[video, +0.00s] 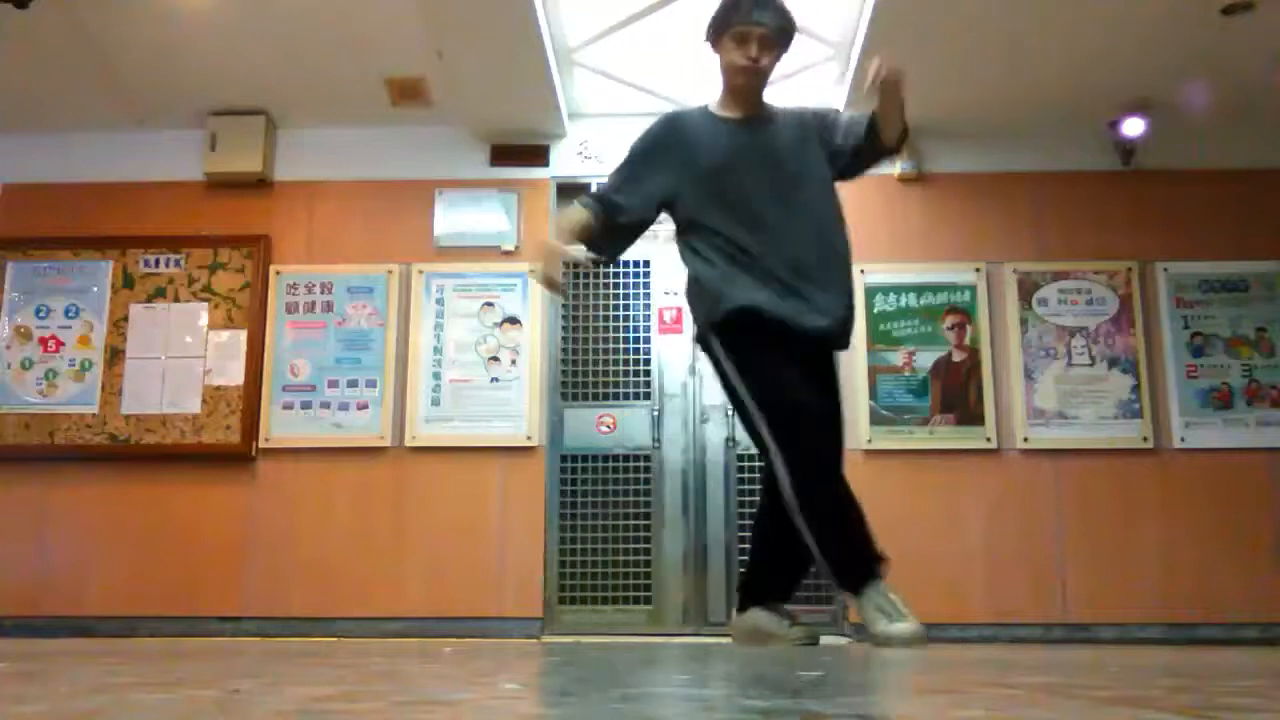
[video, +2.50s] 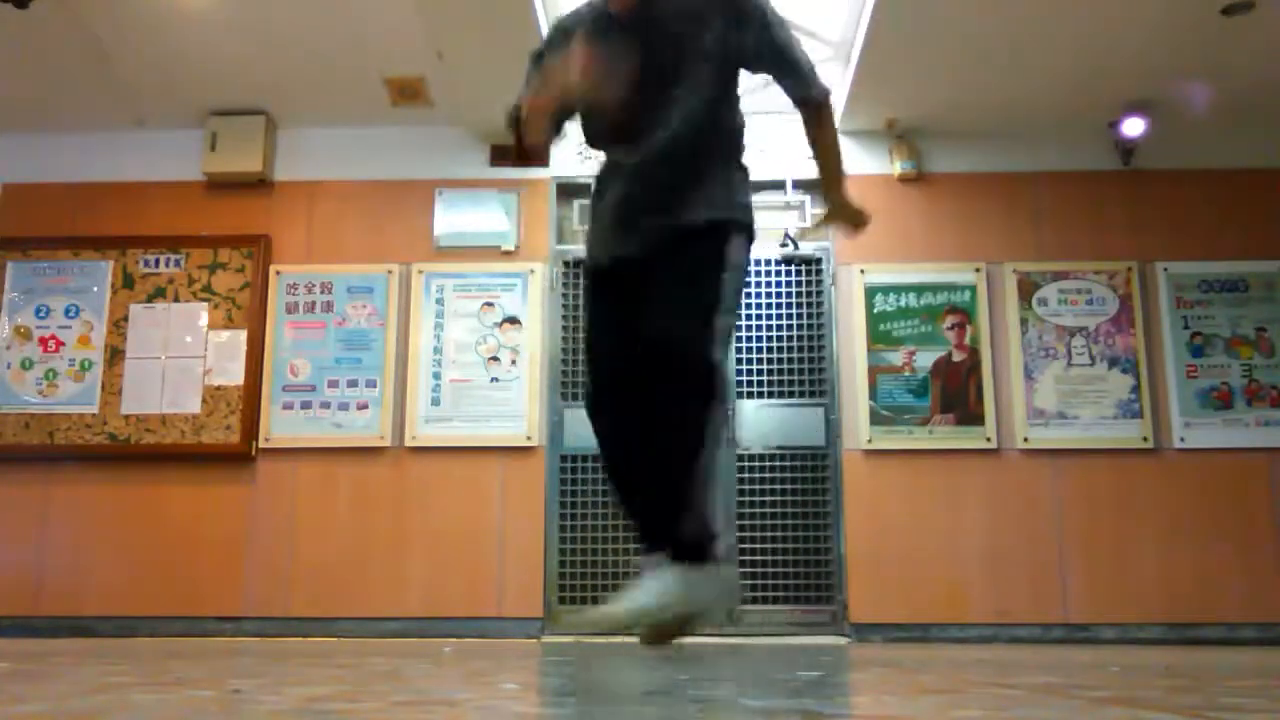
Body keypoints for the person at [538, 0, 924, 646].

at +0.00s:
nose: (754, 55)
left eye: (766, 45)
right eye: (741, 41)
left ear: (780, 54)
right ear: (716, 46)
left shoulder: (807, 130)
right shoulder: (681, 134)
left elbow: (880, 140)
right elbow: (611, 212)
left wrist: (888, 99)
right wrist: (561, 237)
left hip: (811, 315)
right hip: (735, 312)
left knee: (809, 452)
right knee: (797, 441)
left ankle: (760, 606)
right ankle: (867, 586)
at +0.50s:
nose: (749, 102)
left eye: (762, 88)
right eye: (737, 86)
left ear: (776, 90)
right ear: (711, 82)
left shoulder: (805, 166)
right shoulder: (671, 155)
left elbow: (887, 219)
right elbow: (603, 174)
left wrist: (978, 221)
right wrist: (585, 135)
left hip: (762, 350)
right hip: (679, 343)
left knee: (776, 467)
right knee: (644, 446)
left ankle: (753, 610)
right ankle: (638, 590)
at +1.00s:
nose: (736, 147)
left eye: (750, 134)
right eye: (726, 131)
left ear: (773, 123)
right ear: (708, 117)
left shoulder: (807, 178)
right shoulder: (676, 175)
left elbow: (863, 247)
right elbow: (612, 228)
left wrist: (932, 305)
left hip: (775, 362)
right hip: (692, 355)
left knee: (778, 484)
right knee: (626, 458)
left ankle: (756, 609)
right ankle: (565, 586)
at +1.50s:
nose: (793, 114)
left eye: (804, 102)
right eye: (783, 100)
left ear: (819, 95)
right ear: (756, 86)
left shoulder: (813, 139)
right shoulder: (695, 156)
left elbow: (789, 215)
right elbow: (616, 228)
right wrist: (582, 301)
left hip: (775, 322)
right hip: (705, 329)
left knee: (784, 456)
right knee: (729, 458)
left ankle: (764, 596)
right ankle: (725, 602)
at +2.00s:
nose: (806, 23)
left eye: (809, 13)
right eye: (802, 9)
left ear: (780, 12)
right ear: (767, 2)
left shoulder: (754, 82)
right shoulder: (716, 52)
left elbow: (733, 185)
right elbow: (627, 111)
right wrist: (605, 197)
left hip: (729, 280)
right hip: (674, 273)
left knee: (753, 428)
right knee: (692, 427)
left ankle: (735, 589)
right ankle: (652, 576)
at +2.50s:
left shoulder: (725, 10)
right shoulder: (580, 30)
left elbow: (811, 93)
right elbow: (531, 139)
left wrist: (835, 193)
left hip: (704, 214)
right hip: (620, 225)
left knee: (684, 375)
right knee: (614, 396)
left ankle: (690, 563)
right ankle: (677, 565)